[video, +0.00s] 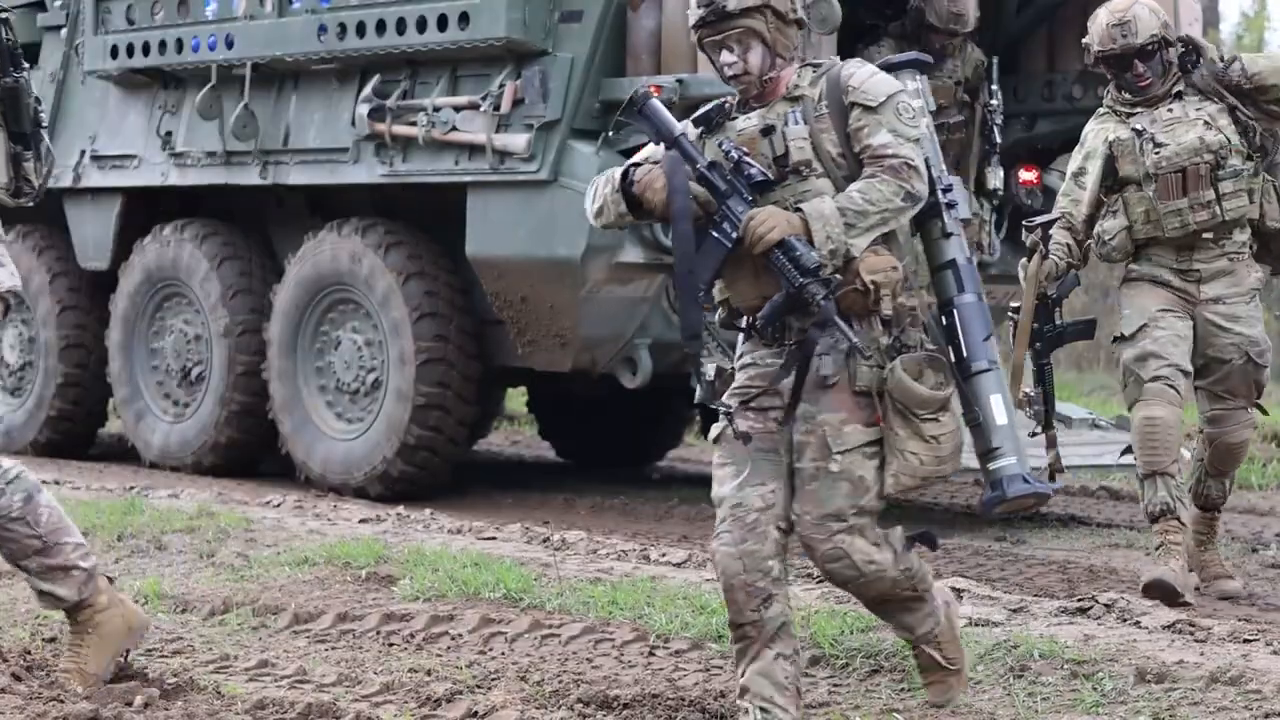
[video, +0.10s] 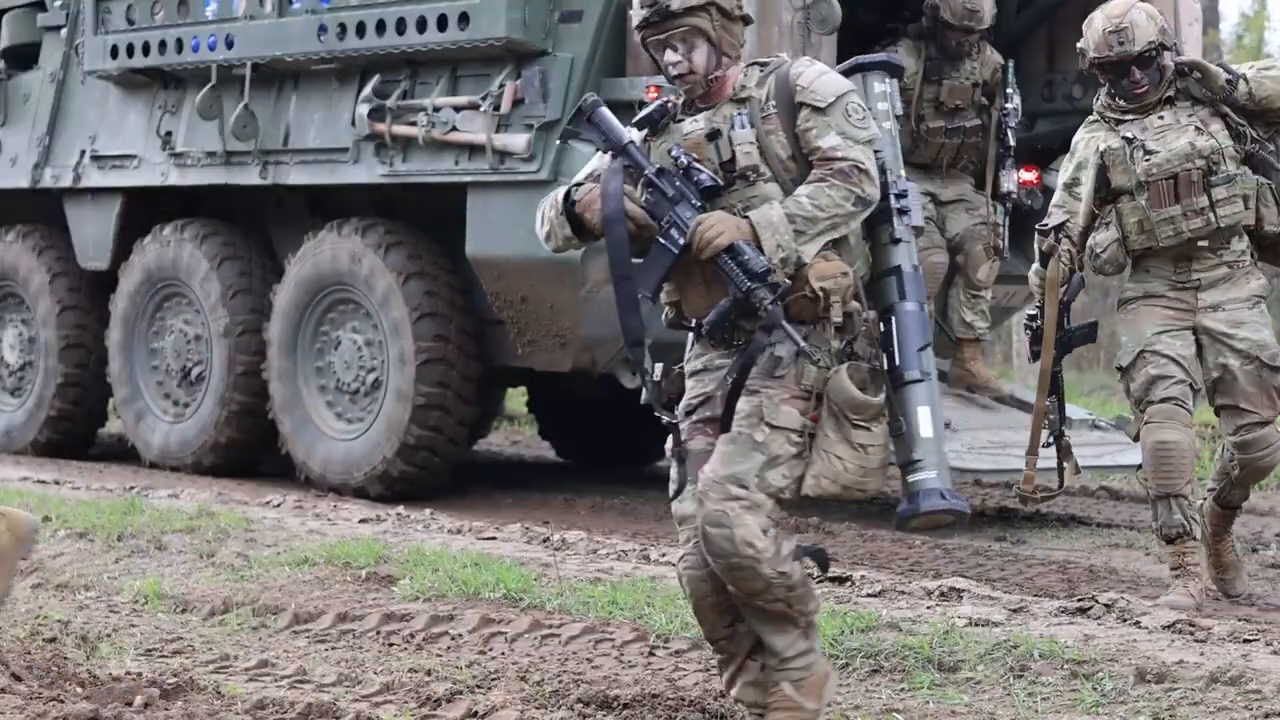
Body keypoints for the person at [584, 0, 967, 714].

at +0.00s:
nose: (728, 63)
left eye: (738, 46)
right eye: (718, 52)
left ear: (781, 39)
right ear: (715, 60)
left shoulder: (856, 87)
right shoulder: (719, 131)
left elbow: (903, 180)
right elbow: (600, 201)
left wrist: (805, 221)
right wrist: (635, 186)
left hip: (851, 334)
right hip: (760, 342)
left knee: (834, 534)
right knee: (744, 542)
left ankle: (930, 621)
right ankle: (769, 698)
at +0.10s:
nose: (673, 64)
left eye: (682, 46)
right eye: (662, 53)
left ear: (721, 37)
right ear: (656, 59)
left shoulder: (806, 86)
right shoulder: (663, 127)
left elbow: (854, 182)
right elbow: (555, 222)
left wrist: (752, 229)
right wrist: (586, 204)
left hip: (795, 337)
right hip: (709, 346)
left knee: (728, 510)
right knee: (699, 549)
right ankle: (755, 697)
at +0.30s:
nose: (562, 34)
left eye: (576, 17)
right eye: (550, 21)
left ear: (621, 11)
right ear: (542, 25)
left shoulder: (697, 60)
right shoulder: (535, 97)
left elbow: (749, 165)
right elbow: (424, 160)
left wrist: (644, 208)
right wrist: (454, 169)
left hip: (679, 332)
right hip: (599, 339)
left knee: (578, 515)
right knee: (663, 547)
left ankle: (512, 702)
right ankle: (761, 693)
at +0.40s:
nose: (498, 26)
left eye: (510, 9)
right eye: (488, 14)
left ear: (555, 5)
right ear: (482, 21)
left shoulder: (637, 57)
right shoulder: (478, 95)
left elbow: (686, 166)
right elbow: (380, 183)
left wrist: (575, 207)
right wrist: (374, 155)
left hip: (609, 334)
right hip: (530, 342)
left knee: (519, 543)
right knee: (561, 553)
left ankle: (500, 702)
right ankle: (698, 662)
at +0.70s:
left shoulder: (469, 9)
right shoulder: (302, 43)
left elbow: (520, 111)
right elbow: (169, 113)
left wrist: (402, 161)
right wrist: (209, 130)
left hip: (465, 301)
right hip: (359, 294)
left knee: (458, 557)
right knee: (257, 445)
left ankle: (490, 702)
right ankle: (246, 682)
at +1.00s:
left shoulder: (279, 4)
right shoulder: (99, 15)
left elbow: (345, 85)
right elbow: (37, 66)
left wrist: (215, 133)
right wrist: (30, 83)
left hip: (282, 256)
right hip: (166, 265)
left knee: (175, 476)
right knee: (139, 539)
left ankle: (283, 634)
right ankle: (214, 701)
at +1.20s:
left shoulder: (105, 4)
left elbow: (214, 54)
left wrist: (71, 114)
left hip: (144, 248)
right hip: (42, 261)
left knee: (25, 489)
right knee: (127, 519)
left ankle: (14, 695)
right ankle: (220, 698)